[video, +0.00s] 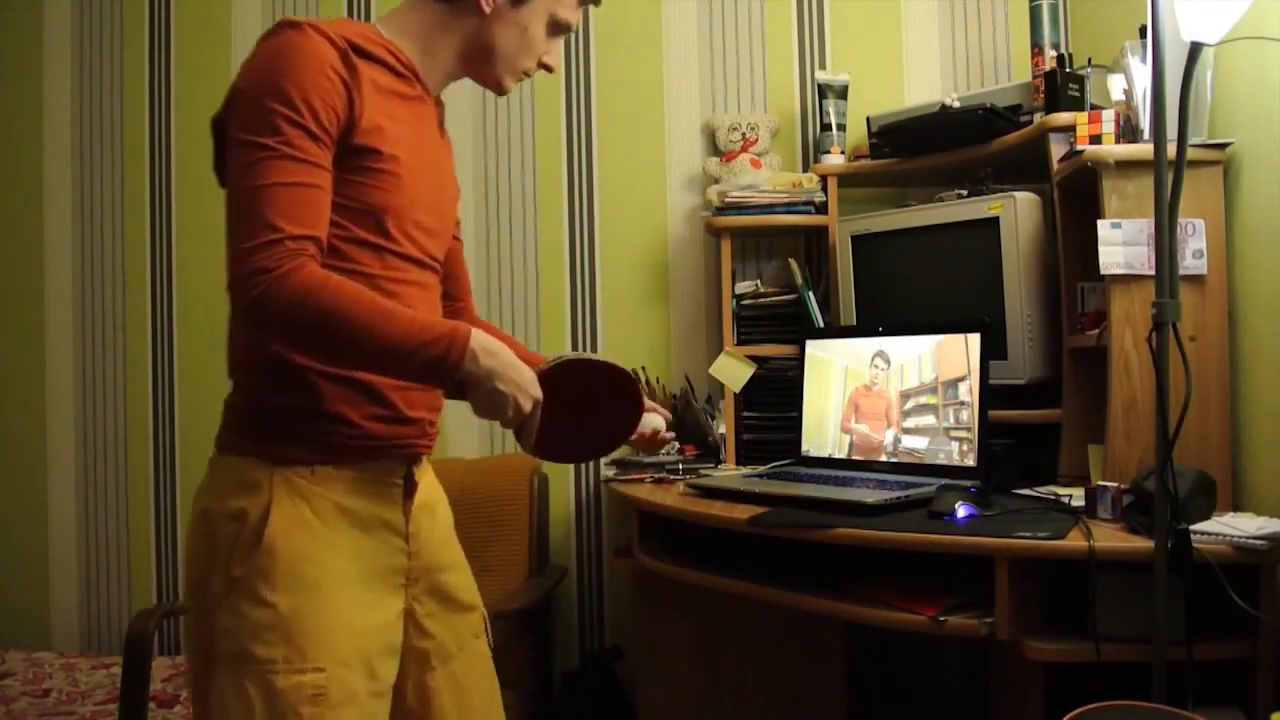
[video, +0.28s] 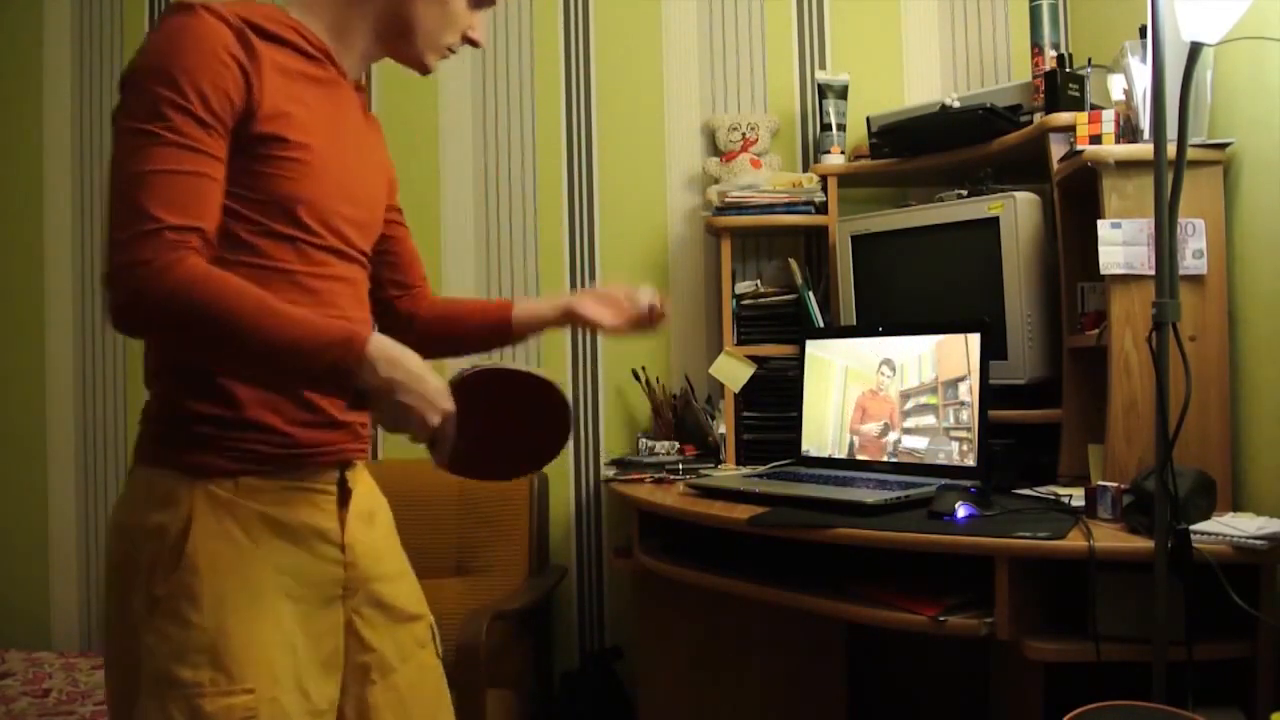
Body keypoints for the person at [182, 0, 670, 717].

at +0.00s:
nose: (552, 61)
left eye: (563, 39)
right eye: (556, 28)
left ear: (496, 7)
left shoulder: (425, 117)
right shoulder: (308, 57)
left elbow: (455, 322)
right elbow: (271, 276)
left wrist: (588, 403)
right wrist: (458, 355)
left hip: (409, 502)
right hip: (293, 505)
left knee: (462, 712)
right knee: (298, 711)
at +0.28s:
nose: (478, 33)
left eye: (486, 12)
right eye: (477, 2)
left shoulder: (355, 110)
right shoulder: (208, 39)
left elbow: (406, 315)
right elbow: (147, 278)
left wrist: (561, 307)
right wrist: (365, 358)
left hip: (349, 513)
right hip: (217, 517)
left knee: (413, 708)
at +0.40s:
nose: (461, 15)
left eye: (466, 4)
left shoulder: (339, 110)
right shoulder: (174, 35)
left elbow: (385, 306)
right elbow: (59, 261)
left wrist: (540, 305)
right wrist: (267, 370)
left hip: (341, 518)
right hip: (203, 524)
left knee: (408, 711)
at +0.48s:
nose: (454, 14)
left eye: (456, 0)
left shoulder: (335, 108)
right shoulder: (168, 36)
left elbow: (361, 305)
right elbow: (33, 247)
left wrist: (519, 334)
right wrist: (225, 379)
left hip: (341, 519)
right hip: (199, 525)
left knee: (410, 705)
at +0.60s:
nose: (468, 27)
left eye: (476, 6)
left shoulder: (333, 111)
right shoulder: (182, 47)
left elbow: (311, 306)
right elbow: (26, 256)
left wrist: (466, 361)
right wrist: (191, 416)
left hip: (321, 524)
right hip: (189, 533)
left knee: (416, 707)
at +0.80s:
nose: (493, 59)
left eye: (503, 36)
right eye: (493, 26)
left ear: (417, 7)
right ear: (419, 1)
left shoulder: (334, 104)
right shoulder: (254, 87)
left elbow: (316, 322)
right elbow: (256, 347)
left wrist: (448, 377)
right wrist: (447, 452)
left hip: (323, 510)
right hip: (232, 520)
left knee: (415, 712)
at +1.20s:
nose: (511, 44)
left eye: (520, 21)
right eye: (513, 12)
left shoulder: (356, 76)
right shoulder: (304, 61)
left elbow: (404, 286)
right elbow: (433, 272)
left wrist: (541, 253)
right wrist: (558, 234)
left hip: (347, 490)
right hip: (260, 495)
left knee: (399, 711)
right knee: (267, 710)